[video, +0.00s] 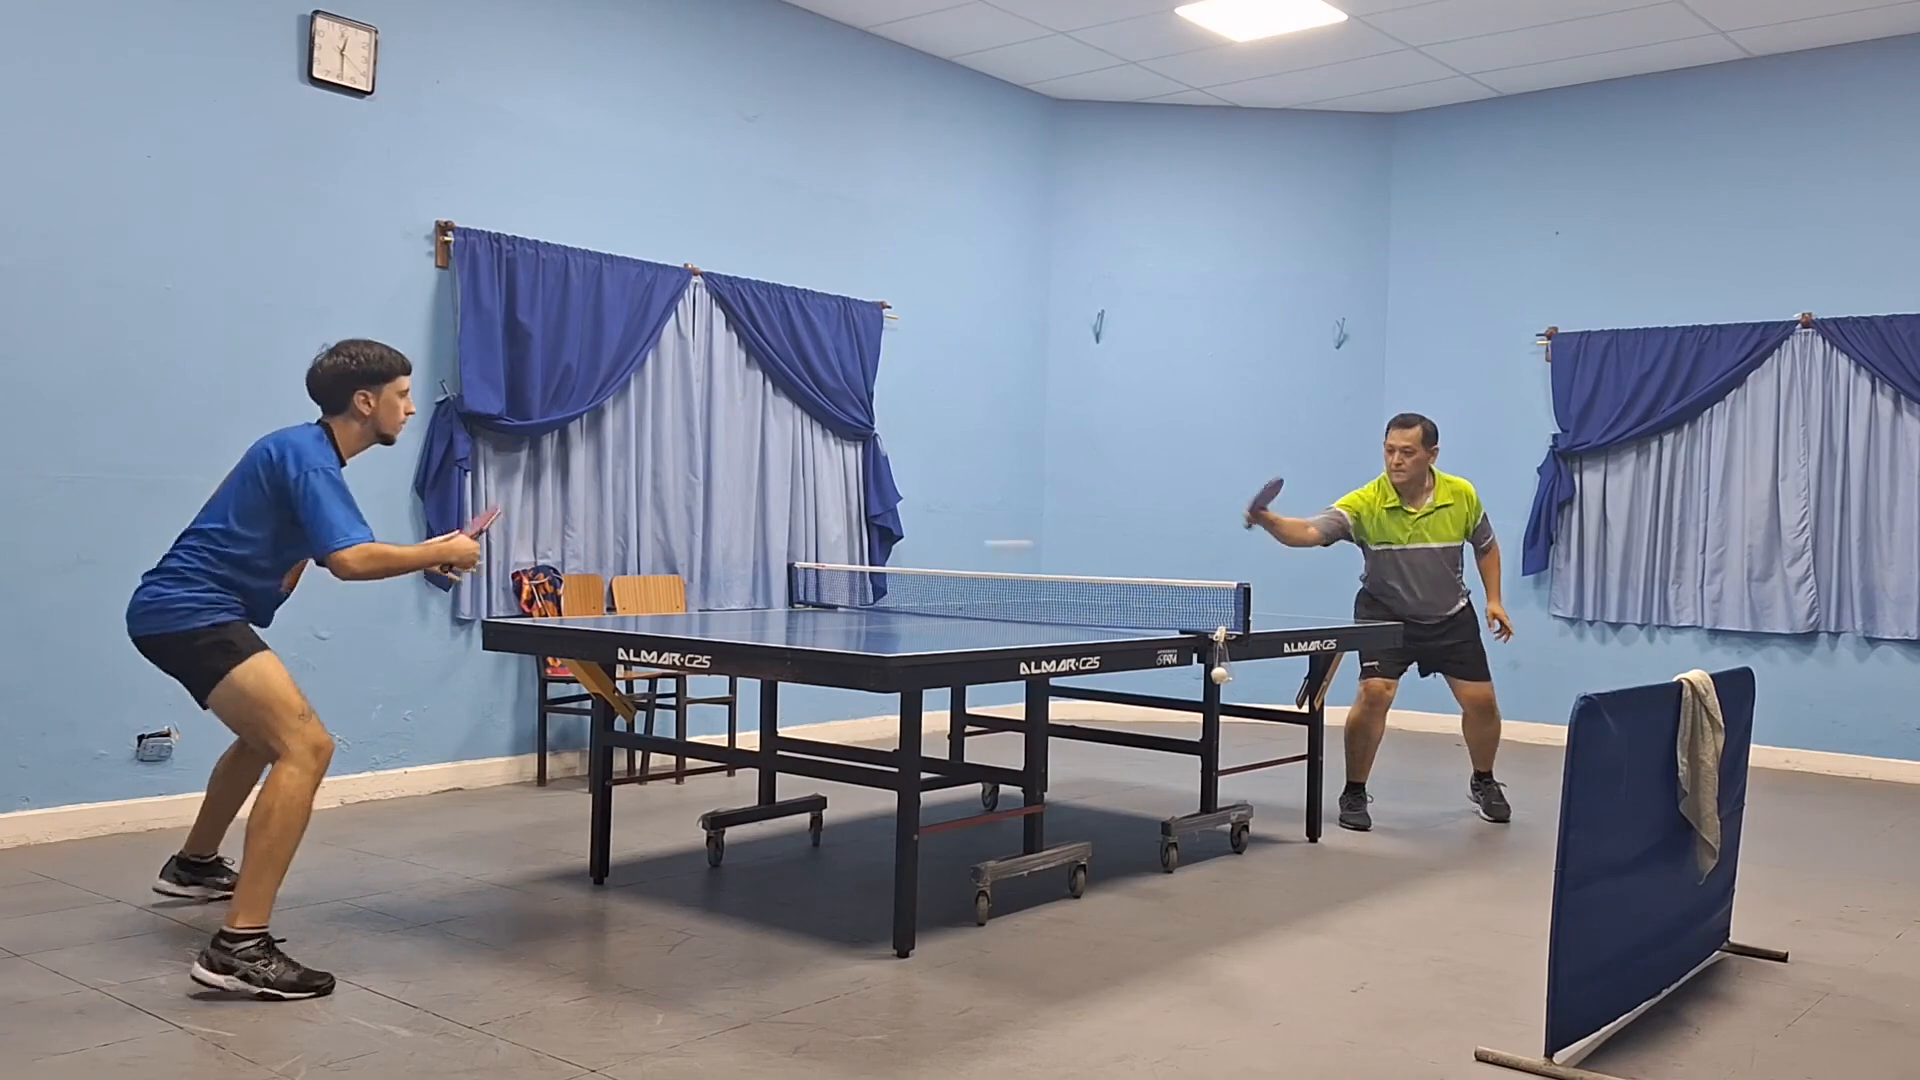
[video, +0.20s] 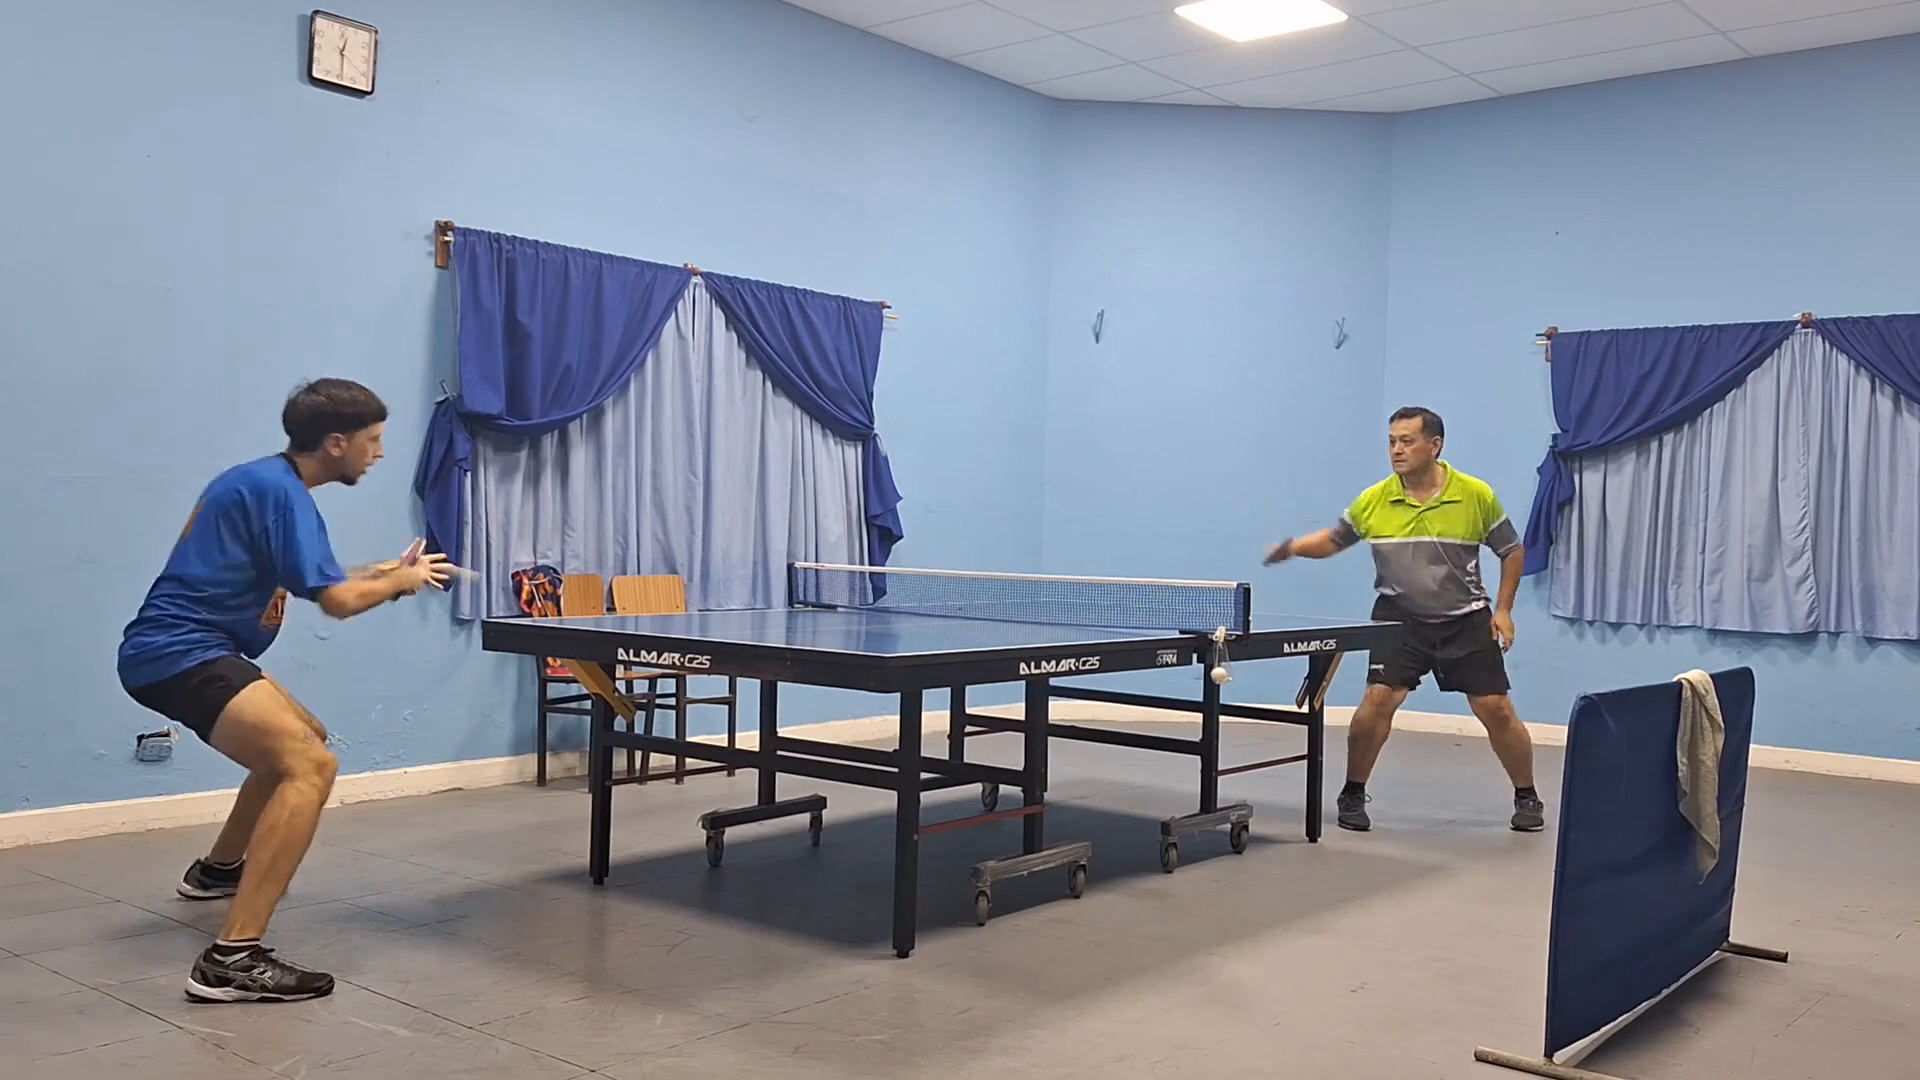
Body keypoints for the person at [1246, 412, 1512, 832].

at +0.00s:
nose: (1395, 460)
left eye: (1407, 452)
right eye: (1390, 451)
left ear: (1431, 455)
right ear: (1383, 452)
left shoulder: (1461, 496)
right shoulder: (1367, 502)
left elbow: (1486, 546)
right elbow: (1312, 531)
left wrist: (1494, 600)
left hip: (1450, 615)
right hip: (1385, 614)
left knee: (1482, 701)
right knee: (1376, 694)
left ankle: (1484, 780)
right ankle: (1355, 793)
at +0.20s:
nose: (1396, 449)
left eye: (1406, 441)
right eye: (1392, 442)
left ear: (1434, 445)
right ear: (1389, 446)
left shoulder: (1475, 495)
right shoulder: (1375, 500)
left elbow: (1512, 551)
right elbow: (1334, 539)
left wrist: (1504, 609)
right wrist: (1294, 547)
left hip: (1465, 622)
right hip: (1400, 623)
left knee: (1495, 708)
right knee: (1379, 698)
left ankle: (1526, 795)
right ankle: (1353, 793)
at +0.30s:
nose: (1401, 444)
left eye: (1411, 435)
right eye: (1397, 436)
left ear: (1439, 438)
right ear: (1395, 442)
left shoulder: (1480, 487)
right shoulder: (1396, 495)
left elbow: (1525, 541)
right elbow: (1379, 546)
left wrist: (1484, 591)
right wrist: (1338, 561)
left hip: (1479, 614)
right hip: (1417, 613)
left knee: (1501, 704)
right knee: (1387, 690)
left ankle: (1526, 796)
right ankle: (1356, 786)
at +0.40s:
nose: (1400, 443)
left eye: (1408, 434)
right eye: (1397, 436)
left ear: (1438, 436)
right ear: (1398, 442)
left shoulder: (1471, 479)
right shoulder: (1413, 492)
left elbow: (1502, 535)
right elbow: (1404, 552)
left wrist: (1437, 561)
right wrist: (1362, 572)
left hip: (1489, 608)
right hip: (1432, 608)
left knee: (1503, 704)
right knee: (1391, 682)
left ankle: (1526, 796)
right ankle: (1398, 775)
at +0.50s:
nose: (1399, 458)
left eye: (1405, 449)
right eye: (1395, 452)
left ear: (1433, 446)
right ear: (1395, 457)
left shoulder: (1462, 482)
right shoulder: (1426, 500)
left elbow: (1441, 549)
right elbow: (1426, 571)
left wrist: (1395, 548)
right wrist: (1386, 608)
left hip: (1494, 607)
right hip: (1446, 611)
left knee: (1494, 705)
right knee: (1407, 685)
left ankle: (1528, 797)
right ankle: (1428, 763)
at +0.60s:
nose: (1390, 473)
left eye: (1396, 464)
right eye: (1387, 467)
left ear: (1424, 460)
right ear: (1424, 464)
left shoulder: (1444, 493)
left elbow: (1397, 553)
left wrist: (1362, 563)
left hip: (1491, 611)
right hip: (1457, 617)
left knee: (1477, 708)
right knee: (1424, 695)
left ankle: (1528, 798)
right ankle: (1434, 775)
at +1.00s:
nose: (1373, 456)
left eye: (1379, 448)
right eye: (1370, 451)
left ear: (1405, 445)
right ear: (1388, 453)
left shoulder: (1432, 480)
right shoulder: (1406, 495)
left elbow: (1456, 535)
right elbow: (1438, 547)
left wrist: (1420, 584)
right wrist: (1431, 592)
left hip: (1478, 591)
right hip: (1439, 601)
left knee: (1497, 684)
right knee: (1416, 681)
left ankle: (1531, 784)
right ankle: (1431, 772)